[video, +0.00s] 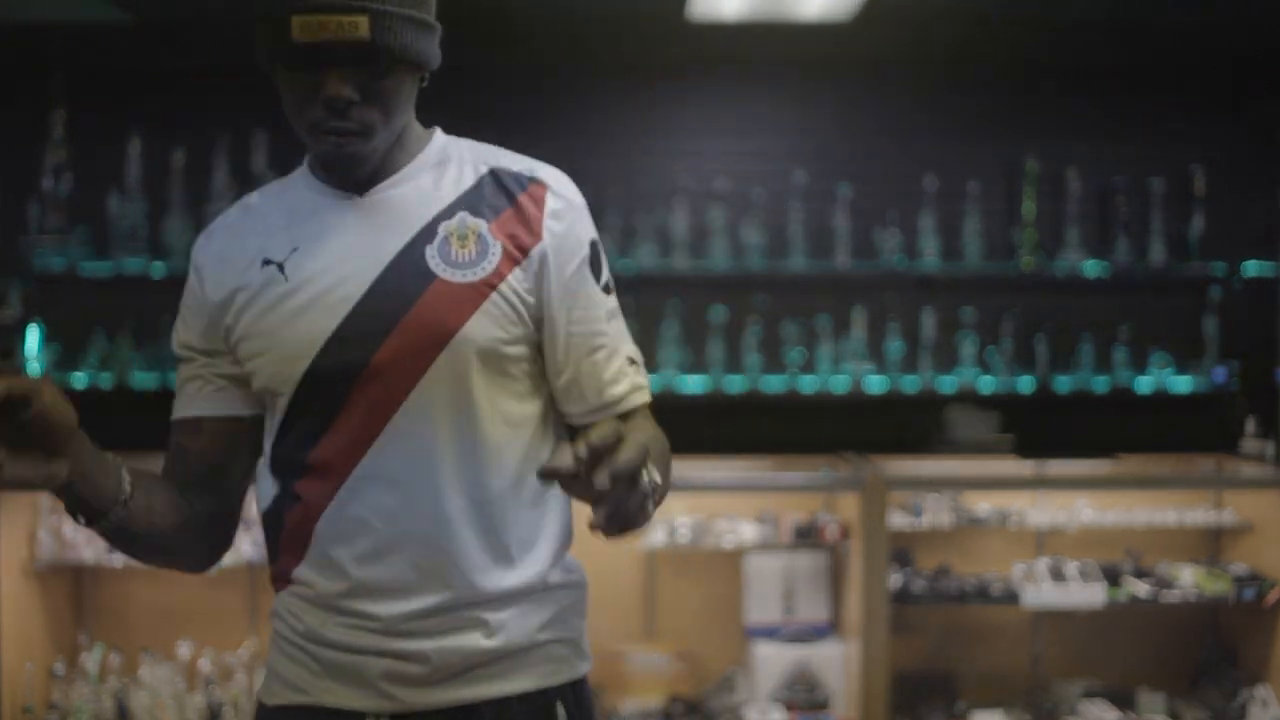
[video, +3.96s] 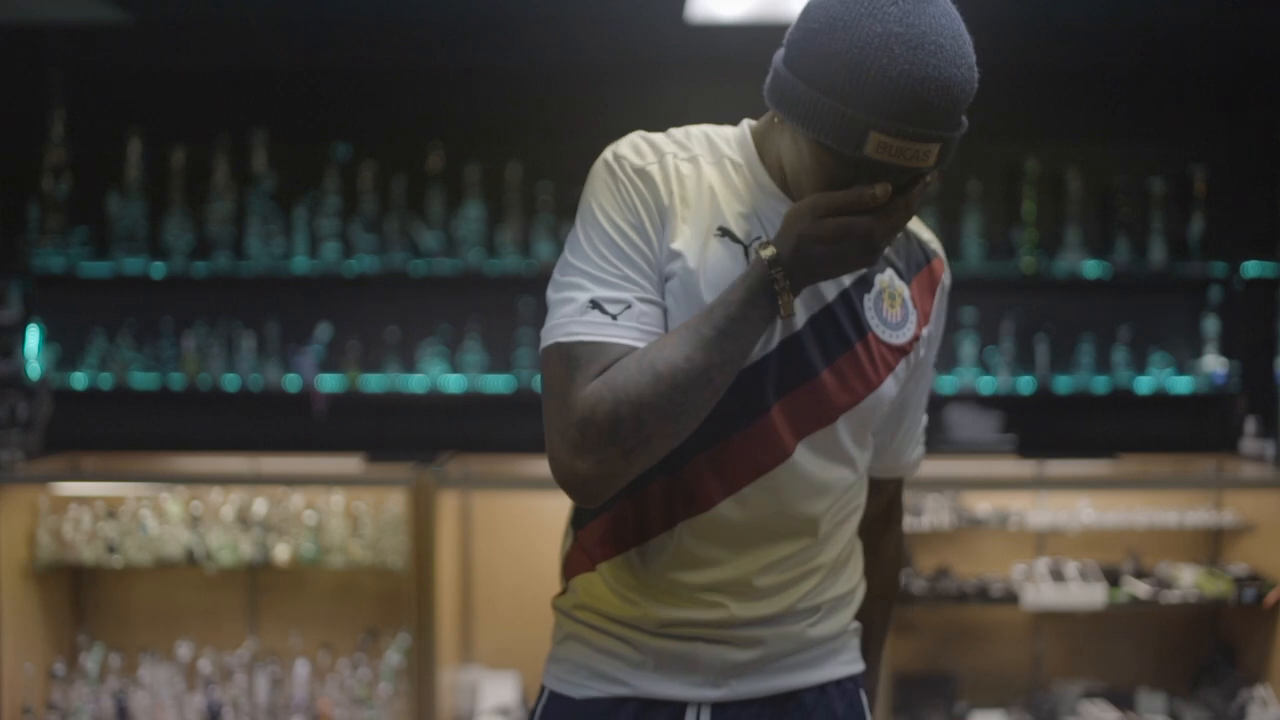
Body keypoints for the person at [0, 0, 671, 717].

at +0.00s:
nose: (338, 91)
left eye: (369, 65)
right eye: (312, 64)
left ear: (421, 69)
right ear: (281, 75)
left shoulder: (532, 204)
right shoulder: (230, 250)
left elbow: (624, 438)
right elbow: (199, 524)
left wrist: (625, 470)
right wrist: (79, 465)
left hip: (514, 672)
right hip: (320, 677)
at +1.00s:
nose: (586, 127)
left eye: (617, 94)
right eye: (550, 93)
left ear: (651, 79)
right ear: (489, 71)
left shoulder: (731, 224)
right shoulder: (389, 237)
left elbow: (788, 506)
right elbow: (337, 522)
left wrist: (848, 706)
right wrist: (283, 713)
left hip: (687, 688)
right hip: (467, 688)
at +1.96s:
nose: (671, 122)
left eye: (699, 90)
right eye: (639, 87)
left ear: (735, 77)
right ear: (583, 69)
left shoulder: (803, 225)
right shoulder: (481, 223)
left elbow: (836, 492)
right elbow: (433, 499)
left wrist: (889, 707)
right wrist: (388, 709)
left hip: (734, 686)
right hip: (531, 688)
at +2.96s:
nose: (645, 144)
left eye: (674, 111)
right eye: (613, 113)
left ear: (706, 91)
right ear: (561, 89)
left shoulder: (776, 227)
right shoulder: (459, 224)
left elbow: (884, 454)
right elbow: (348, 459)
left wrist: (1029, 658)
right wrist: (257, 692)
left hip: (726, 680)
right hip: (526, 687)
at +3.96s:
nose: (878, 207)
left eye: (910, 182)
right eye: (854, 172)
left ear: (940, 155)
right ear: (783, 110)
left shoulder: (917, 266)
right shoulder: (645, 178)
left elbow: (878, 518)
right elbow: (586, 459)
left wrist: (859, 695)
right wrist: (779, 273)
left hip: (813, 684)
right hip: (618, 681)